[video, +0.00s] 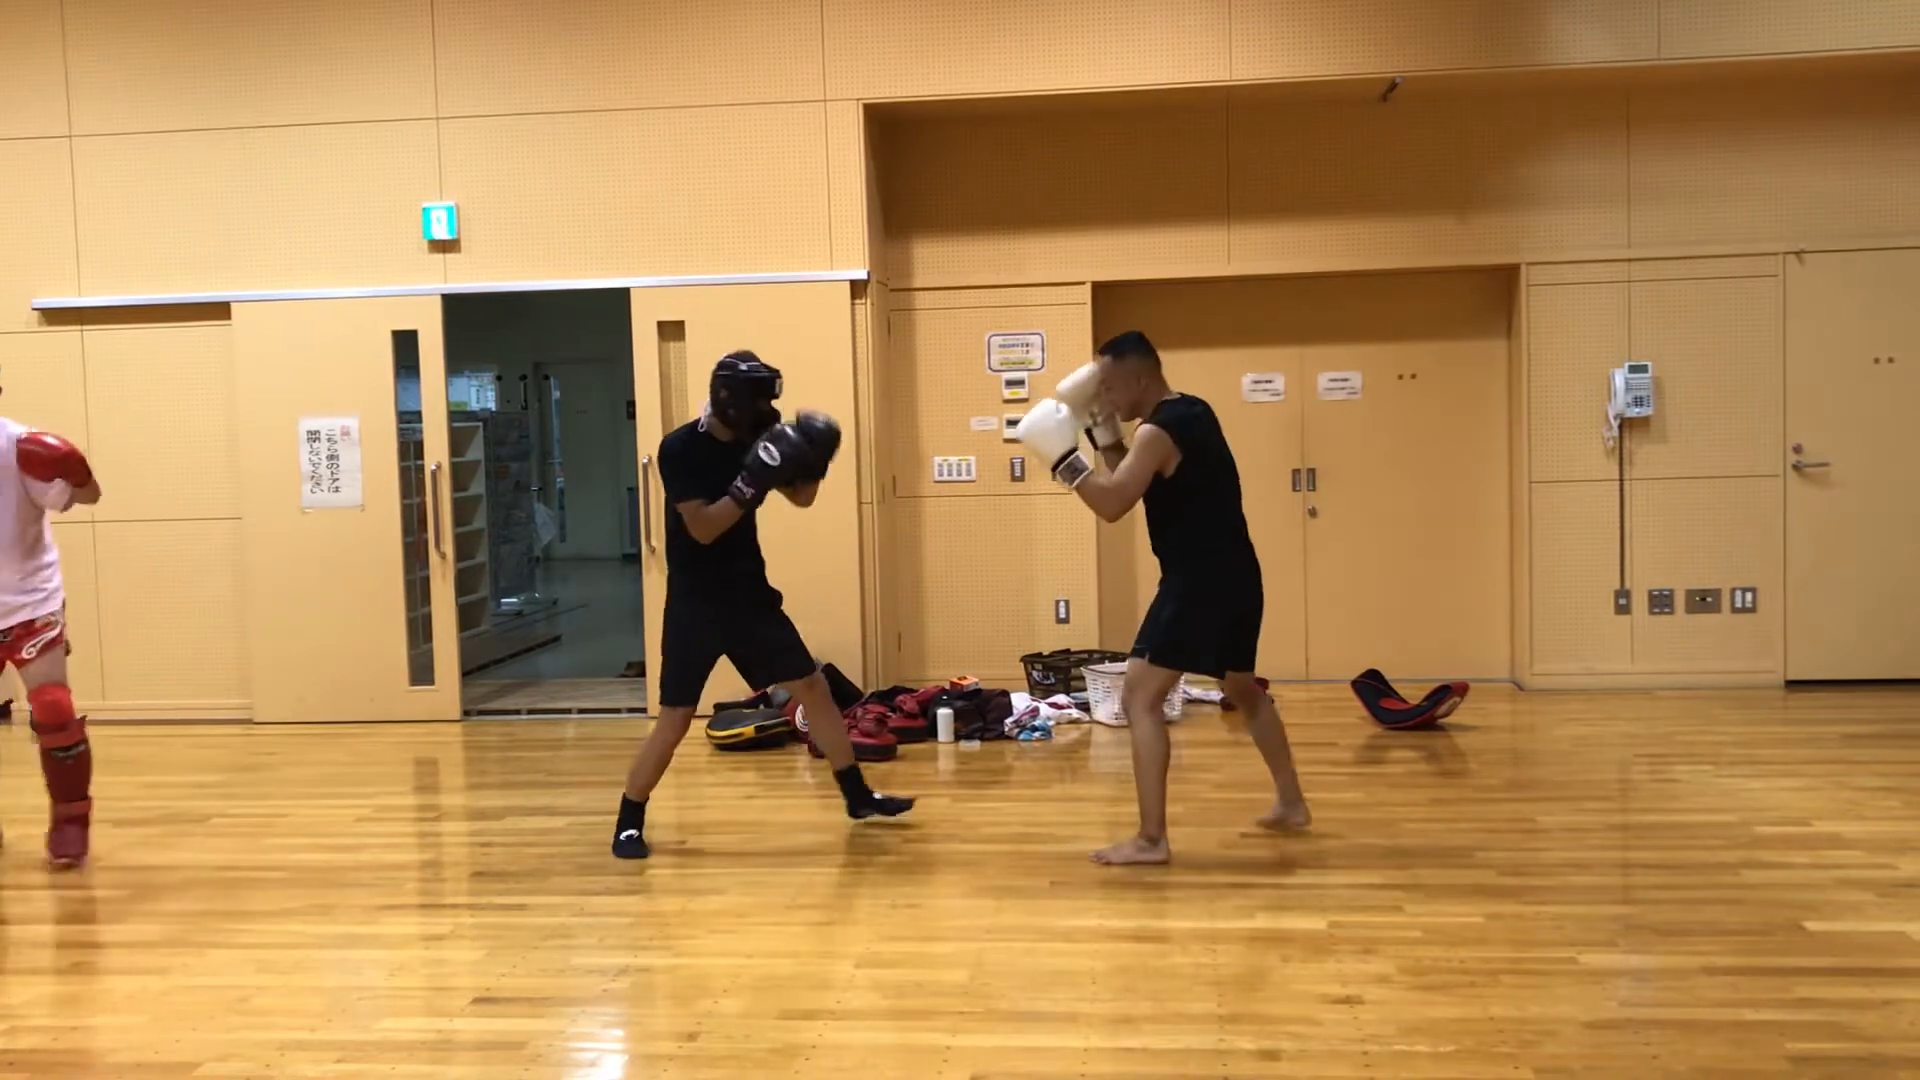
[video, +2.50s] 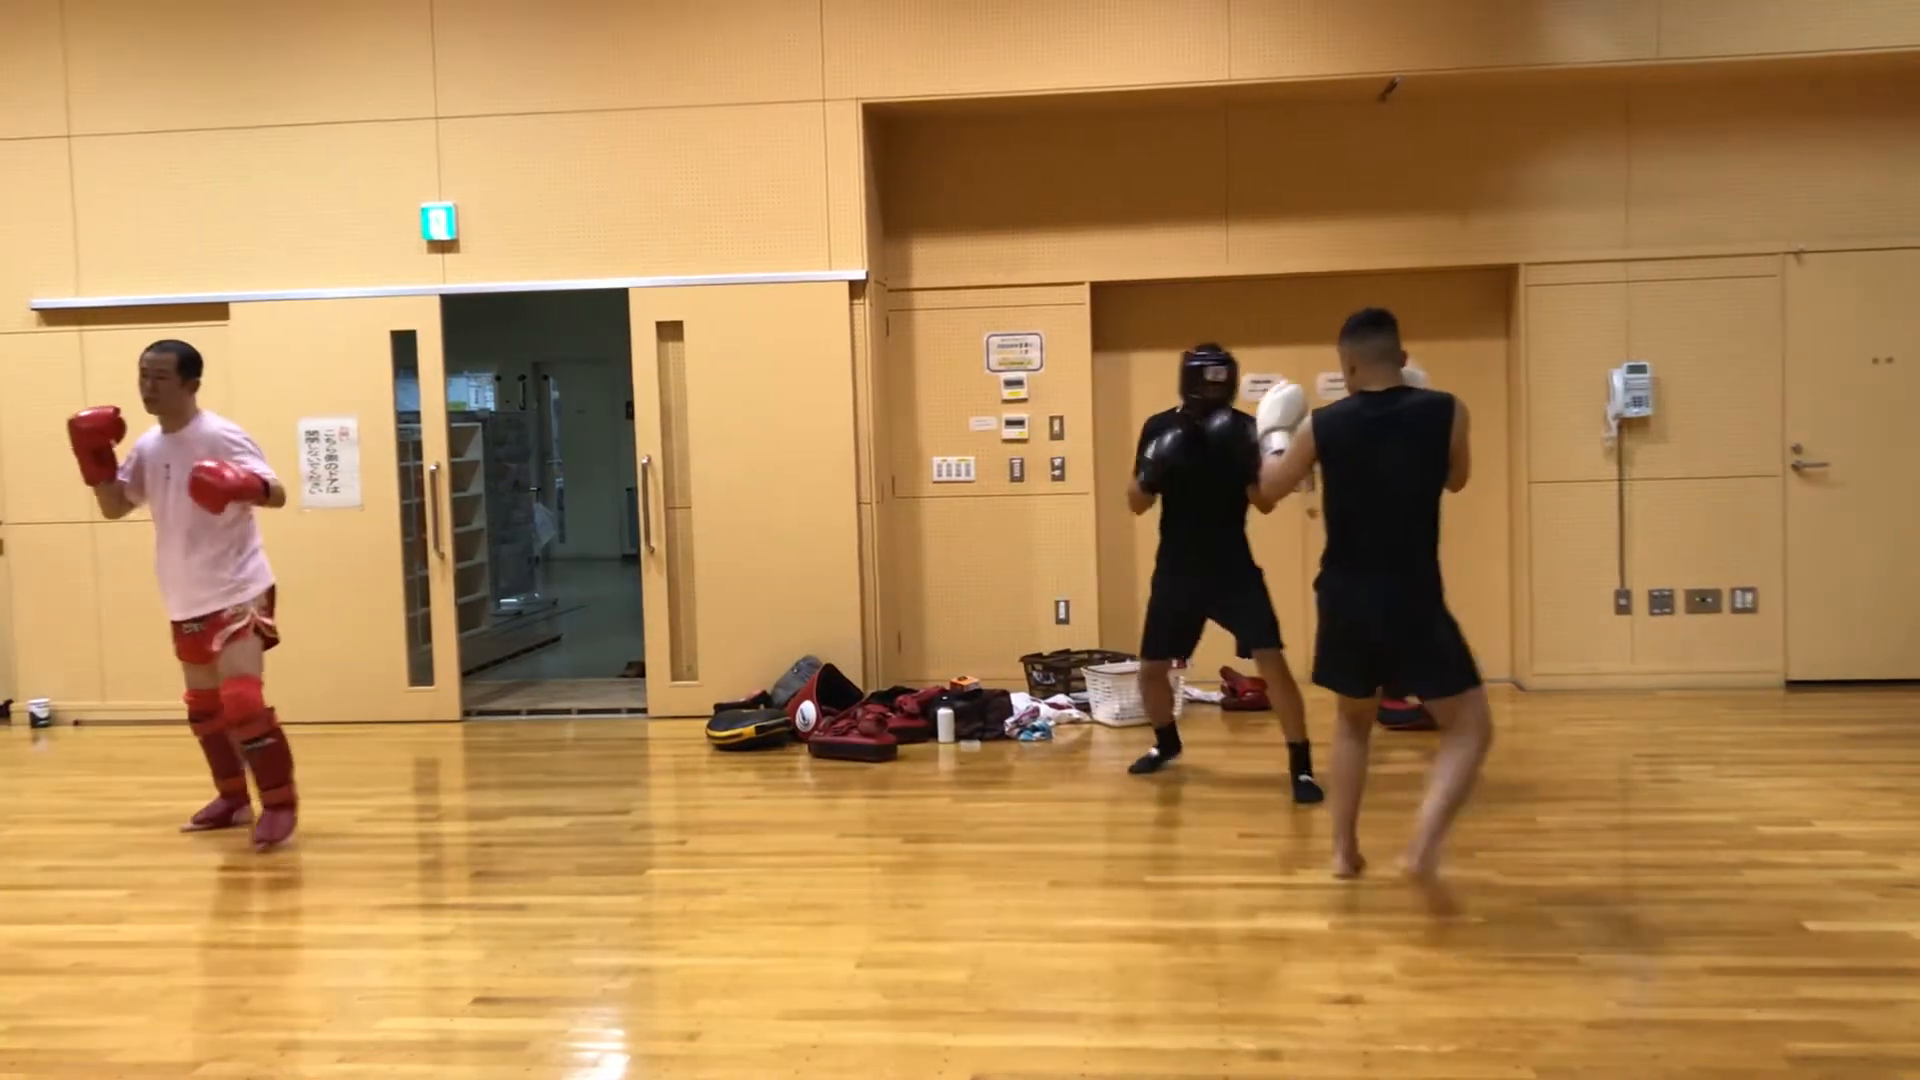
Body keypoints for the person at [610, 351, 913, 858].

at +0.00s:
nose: (766, 415)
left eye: (768, 406)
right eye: (758, 406)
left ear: (759, 405)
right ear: (726, 402)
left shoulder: (760, 436)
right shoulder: (679, 450)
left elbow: (802, 496)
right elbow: (703, 528)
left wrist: (812, 456)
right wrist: (756, 475)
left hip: (750, 597)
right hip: (694, 604)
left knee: (811, 686)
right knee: (674, 719)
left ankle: (858, 797)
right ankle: (629, 822)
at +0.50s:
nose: (887, 419)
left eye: (888, 411)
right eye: (883, 410)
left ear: (847, 403)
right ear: (857, 402)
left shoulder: (834, 457)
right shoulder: (819, 428)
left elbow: (825, 543)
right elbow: (896, 433)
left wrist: (881, 519)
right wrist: (959, 414)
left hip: (817, 594)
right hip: (777, 594)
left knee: (882, 684)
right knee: (752, 716)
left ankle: (881, 802)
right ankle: (673, 810)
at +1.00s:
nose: (962, 393)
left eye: (965, 385)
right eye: (955, 384)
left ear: (961, 384)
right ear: (923, 380)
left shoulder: (952, 427)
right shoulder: (873, 404)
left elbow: (1002, 473)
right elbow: (824, 449)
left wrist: (1026, 435)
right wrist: (879, 435)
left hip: (895, 565)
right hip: (839, 556)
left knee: (907, 676)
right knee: (812, 663)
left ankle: (887, 797)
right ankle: (817, 762)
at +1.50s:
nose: (989, 392)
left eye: (994, 382)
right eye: (980, 382)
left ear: (997, 383)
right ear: (952, 382)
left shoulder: (1006, 429)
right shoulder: (921, 423)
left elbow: (1032, 501)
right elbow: (895, 493)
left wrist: (1019, 458)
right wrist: (930, 461)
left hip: (986, 559)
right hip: (934, 560)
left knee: (1031, 656)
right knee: (911, 662)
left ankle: (1083, 752)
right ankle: (912, 764)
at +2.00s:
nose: (1093, 390)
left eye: (1102, 380)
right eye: (1084, 381)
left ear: (1114, 375)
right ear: (1067, 377)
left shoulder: (1137, 410)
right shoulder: (1055, 416)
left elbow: (1169, 469)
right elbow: (1042, 493)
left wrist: (1144, 453)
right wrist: (1056, 464)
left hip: (1127, 541)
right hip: (1081, 544)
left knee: (1123, 652)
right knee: (1096, 657)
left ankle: (1112, 761)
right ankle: (1147, 730)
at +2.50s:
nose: (1209, 394)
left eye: (1219, 383)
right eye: (1201, 383)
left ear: (1233, 385)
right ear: (1184, 383)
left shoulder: (1244, 429)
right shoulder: (1161, 428)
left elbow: (1266, 501)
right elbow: (1136, 503)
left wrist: (1245, 455)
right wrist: (1158, 463)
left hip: (1233, 565)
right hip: (1177, 567)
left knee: (1270, 660)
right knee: (1151, 666)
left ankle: (1301, 769)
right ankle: (1167, 744)